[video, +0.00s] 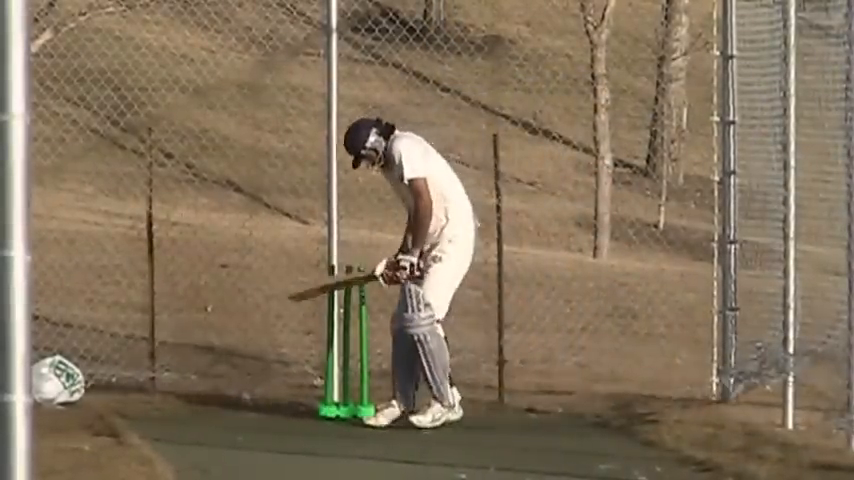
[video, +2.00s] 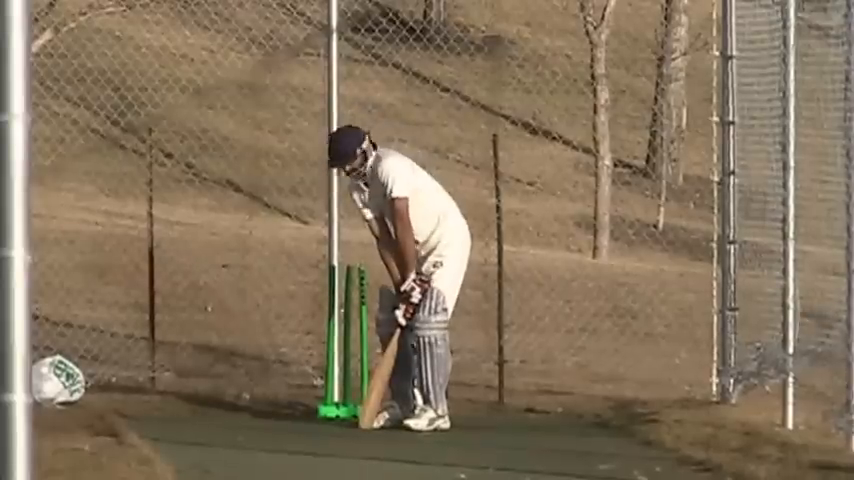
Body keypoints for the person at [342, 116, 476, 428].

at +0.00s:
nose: (368, 163)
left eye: (367, 156)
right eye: (363, 159)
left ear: (376, 143)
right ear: (373, 146)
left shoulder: (404, 149)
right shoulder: (393, 157)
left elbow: (424, 203)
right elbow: (415, 210)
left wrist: (413, 253)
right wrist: (401, 255)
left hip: (451, 239)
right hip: (431, 242)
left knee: (419, 317)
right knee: (403, 321)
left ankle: (446, 401)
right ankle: (403, 402)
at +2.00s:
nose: (349, 172)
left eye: (353, 164)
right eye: (343, 167)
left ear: (366, 152)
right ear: (339, 165)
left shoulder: (390, 168)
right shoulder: (358, 187)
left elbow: (403, 226)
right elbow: (382, 237)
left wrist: (410, 278)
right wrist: (400, 285)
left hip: (446, 243)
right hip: (414, 248)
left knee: (429, 320)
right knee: (393, 323)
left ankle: (435, 409)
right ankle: (404, 403)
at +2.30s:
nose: (375, 128)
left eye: (381, 121)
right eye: (368, 122)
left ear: (392, 119)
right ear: (358, 124)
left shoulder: (409, 149)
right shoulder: (364, 162)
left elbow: (432, 204)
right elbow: (389, 213)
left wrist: (412, 251)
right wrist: (393, 255)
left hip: (436, 242)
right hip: (406, 246)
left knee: (423, 323)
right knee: (393, 324)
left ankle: (434, 409)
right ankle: (404, 404)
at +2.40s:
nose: (379, 124)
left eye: (386, 118)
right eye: (372, 118)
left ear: (397, 117)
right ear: (363, 119)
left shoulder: (412, 146)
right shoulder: (365, 154)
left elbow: (437, 200)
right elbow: (386, 203)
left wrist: (414, 243)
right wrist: (397, 243)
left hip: (436, 240)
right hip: (406, 243)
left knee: (423, 322)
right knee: (392, 322)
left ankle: (434, 408)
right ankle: (404, 403)